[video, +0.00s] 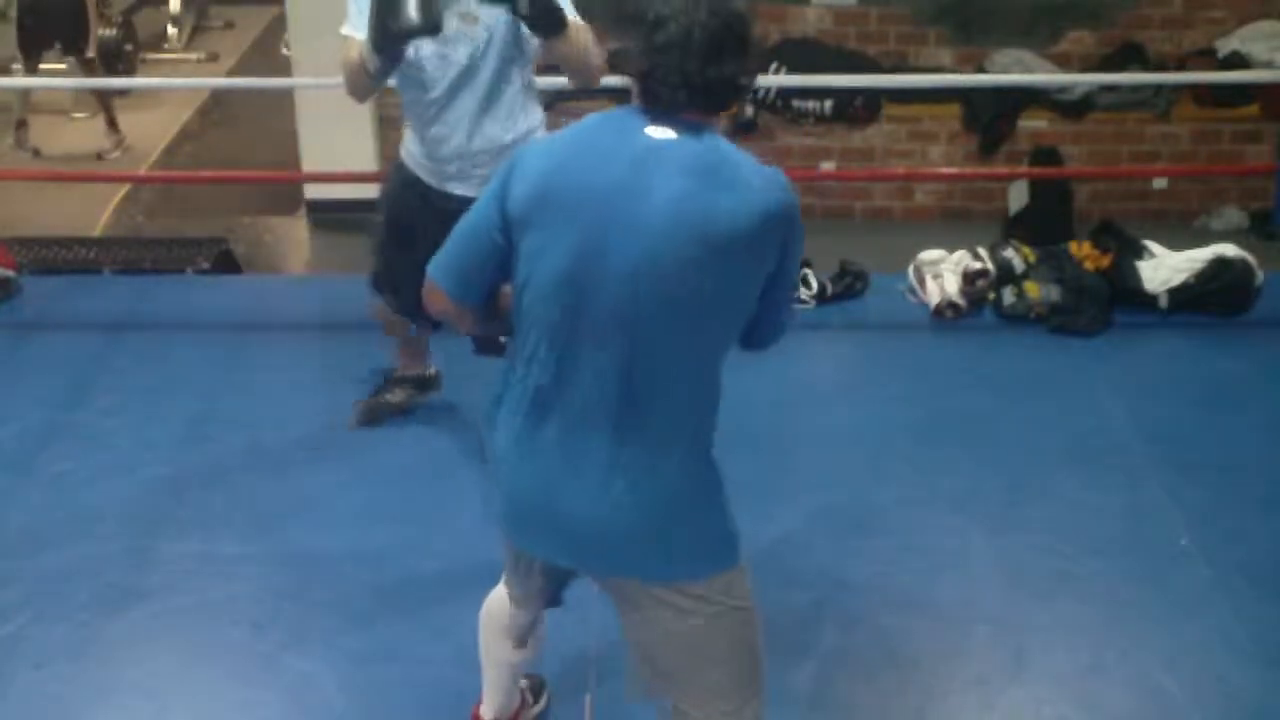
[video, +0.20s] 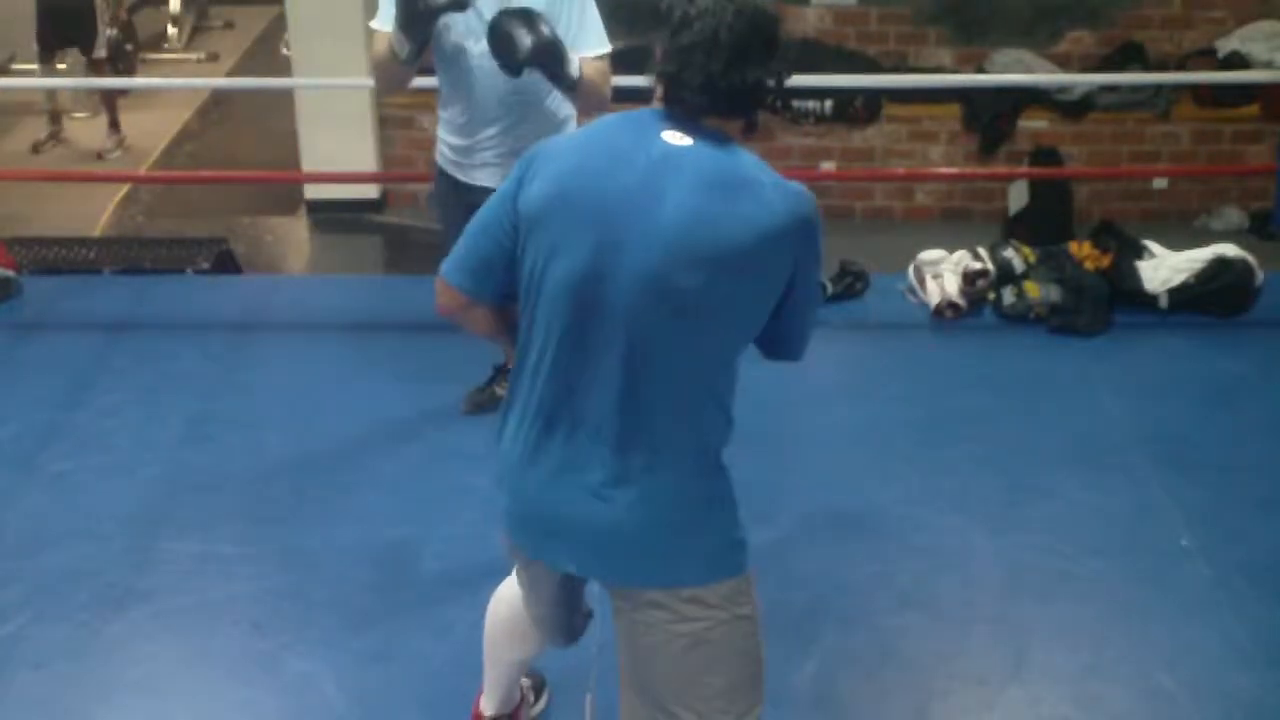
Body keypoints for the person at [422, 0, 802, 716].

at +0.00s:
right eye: (747, 70)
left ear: (635, 67)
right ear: (738, 85)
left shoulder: (543, 159)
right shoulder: (762, 196)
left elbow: (444, 294)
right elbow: (759, 329)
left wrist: (504, 323)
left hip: (531, 478)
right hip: (659, 511)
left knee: (520, 597)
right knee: (726, 705)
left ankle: (497, 705)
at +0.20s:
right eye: (771, 78)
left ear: (660, 69)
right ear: (761, 91)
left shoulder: (556, 160)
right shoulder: (781, 209)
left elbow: (457, 295)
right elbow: (784, 338)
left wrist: (547, 337)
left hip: (539, 490)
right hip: (671, 522)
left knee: (534, 595)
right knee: (707, 706)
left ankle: (496, 704)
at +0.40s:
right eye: (732, 68)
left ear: (622, 60)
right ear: (719, 77)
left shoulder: (536, 148)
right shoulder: (737, 186)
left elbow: (421, 189)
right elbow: (773, 313)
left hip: (527, 480)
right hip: (653, 519)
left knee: (533, 543)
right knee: (693, 703)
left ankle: (493, 660)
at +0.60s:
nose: (664, 60)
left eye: (664, 46)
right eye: (663, 47)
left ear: (561, 24)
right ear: (648, 52)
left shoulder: (493, 80)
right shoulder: (643, 140)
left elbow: (507, 42)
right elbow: (687, 276)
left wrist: (551, 9)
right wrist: (682, 202)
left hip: (452, 387)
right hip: (549, 425)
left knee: (515, 512)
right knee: (648, 635)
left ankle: (498, 643)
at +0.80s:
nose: (591, 58)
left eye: (592, 45)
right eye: (588, 45)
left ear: (505, 32)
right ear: (560, 48)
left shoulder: (471, 90)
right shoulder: (559, 137)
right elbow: (654, 241)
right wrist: (650, 149)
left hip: (441, 356)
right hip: (521, 398)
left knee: (482, 440)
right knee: (571, 597)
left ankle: (437, 569)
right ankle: (500, 715)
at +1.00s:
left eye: (415, 18)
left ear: (421, 16)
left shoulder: (408, 87)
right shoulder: (565, 38)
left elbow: (400, 185)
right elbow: (641, 10)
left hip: (456, 330)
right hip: (553, 338)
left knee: (462, 428)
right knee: (536, 548)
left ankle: (442, 562)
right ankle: (456, 713)